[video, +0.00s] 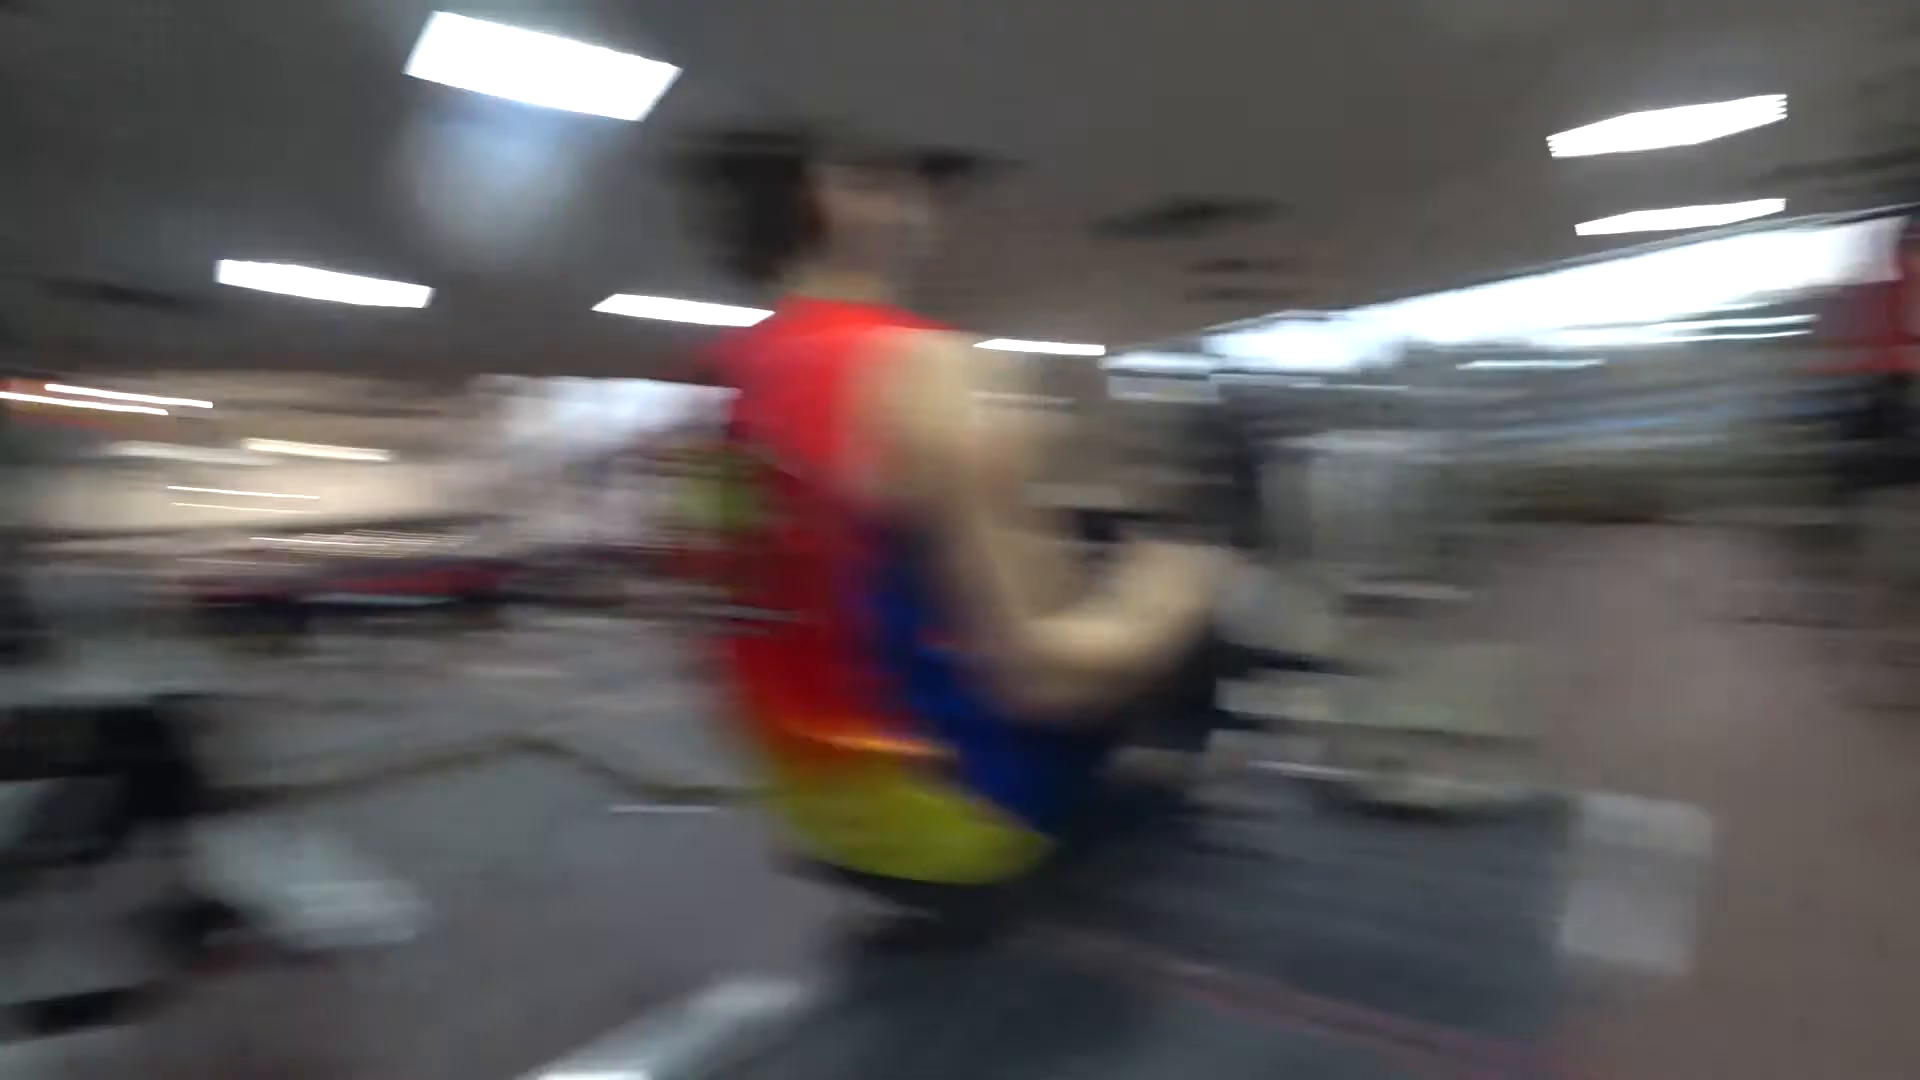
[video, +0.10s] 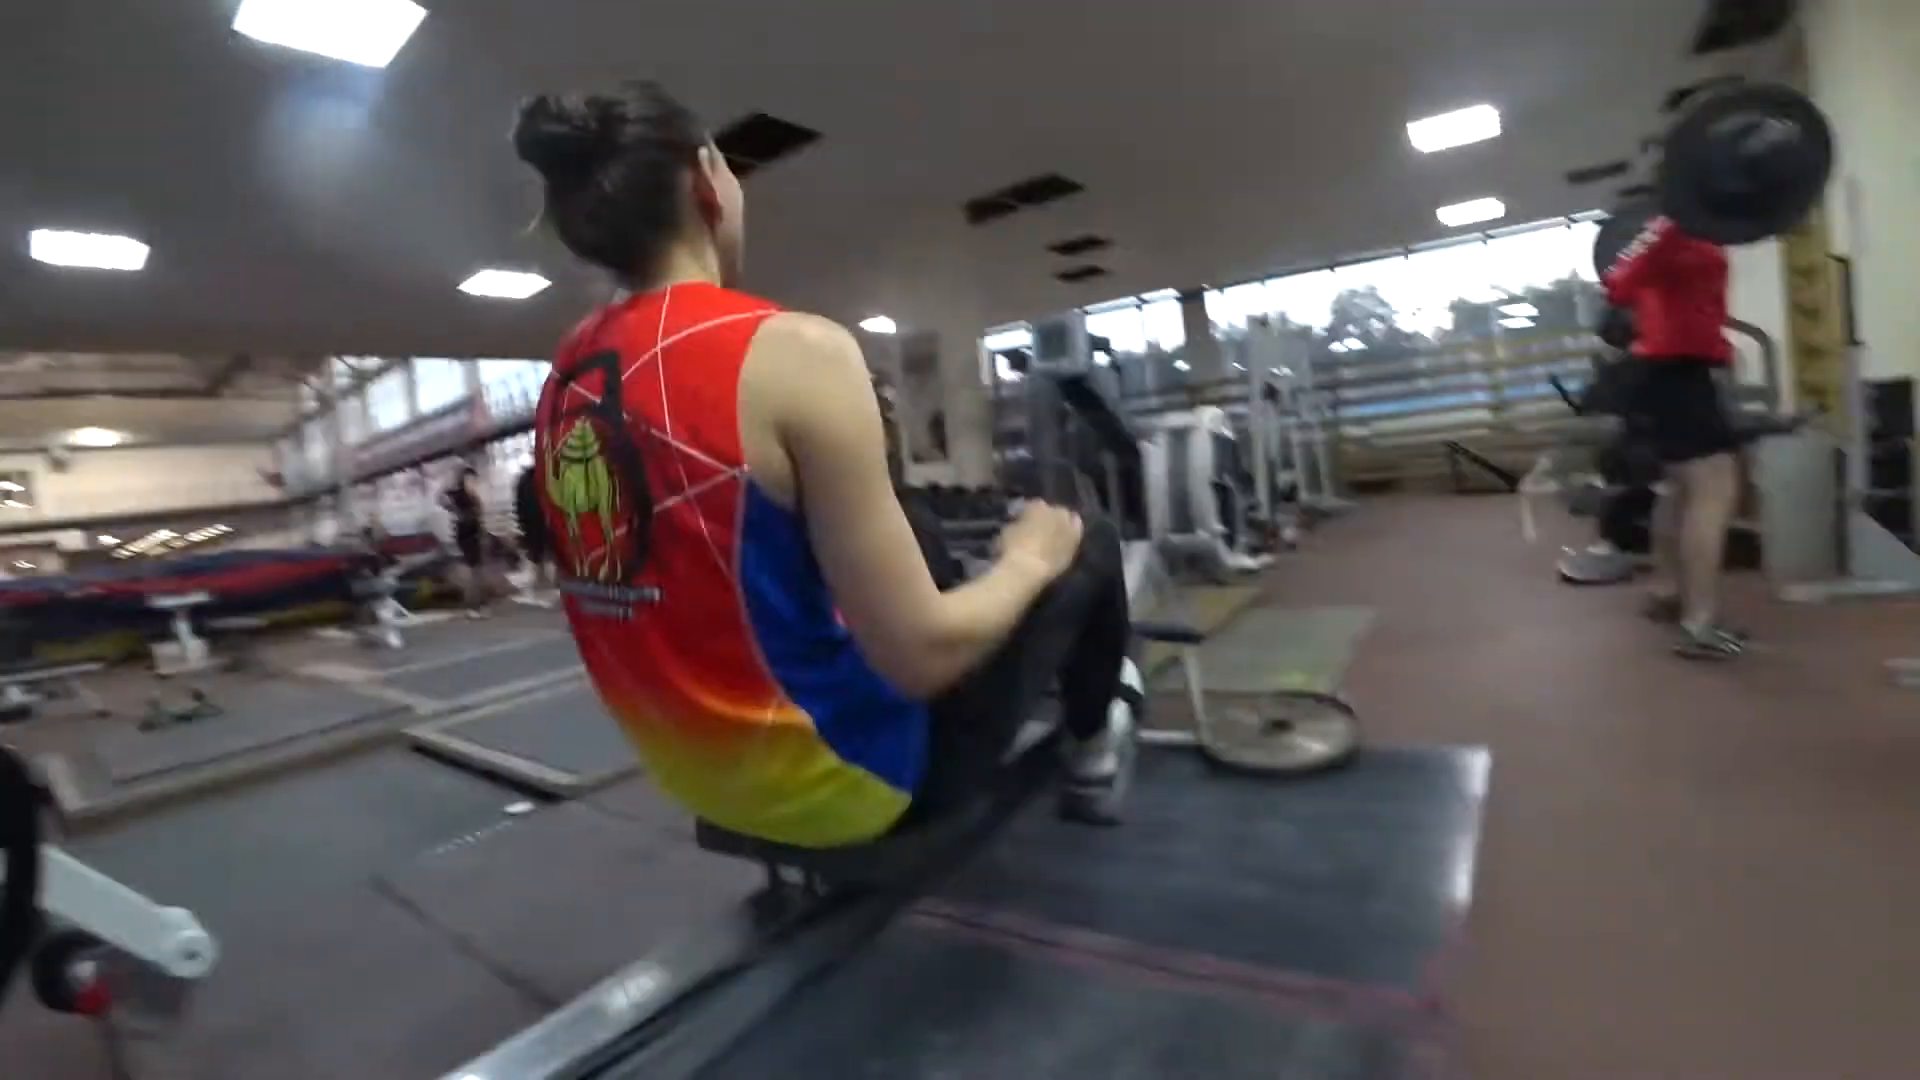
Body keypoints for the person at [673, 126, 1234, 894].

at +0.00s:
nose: (917, 217)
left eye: (908, 186)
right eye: (886, 186)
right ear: (825, 198)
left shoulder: (738, 372)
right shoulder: (915, 369)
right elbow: (1029, 665)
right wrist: (1168, 589)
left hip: (827, 815)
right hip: (956, 824)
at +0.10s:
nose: (737, 188)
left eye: (727, 165)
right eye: (726, 165)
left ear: (586, 231)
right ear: (706, 183)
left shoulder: (570, 375)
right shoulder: (797, 355)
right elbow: (921, 658)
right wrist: (1023, 564)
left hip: (717, 799)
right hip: (856, 807)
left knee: (920, 512)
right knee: (1084, 537)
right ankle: (1096, 747)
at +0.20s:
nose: (675, 195)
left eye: (662, 172)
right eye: (661, 172)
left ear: (530, 241)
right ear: (642, 195)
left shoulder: (518, 383)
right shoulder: (739, 362)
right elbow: (860, 644)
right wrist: (969, 547)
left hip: (668, 793)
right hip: (802, 793)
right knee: (1014, 526)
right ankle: (1013, 742)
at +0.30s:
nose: (612, 197)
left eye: (605, 174)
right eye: (603, 175)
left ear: (465, 232)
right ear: (583, 191)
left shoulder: (440, 374)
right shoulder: (666, 365)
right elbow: (771, 643)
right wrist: (889, 553)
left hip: (576, 777)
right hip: (714, 783)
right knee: (937, 537)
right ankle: (901, 747)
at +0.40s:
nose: (618, 195)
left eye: (612, 173)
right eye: (610, 173)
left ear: (470, 211)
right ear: (586, 187)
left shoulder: (439, 347)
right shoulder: (658, 356)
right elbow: (744, 637)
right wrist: (869, 554)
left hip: (545, 748)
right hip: (682, 761)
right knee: (925, 536)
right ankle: (858, 747)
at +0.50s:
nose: (721, 201)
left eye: (714, 182)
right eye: (714, 183)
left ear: (587, 223)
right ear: (687, 203)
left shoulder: (549, 354)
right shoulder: (755, 363)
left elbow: (536, 548)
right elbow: (821, 625)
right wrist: (953, 553)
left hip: (643, 725)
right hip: (770, 738)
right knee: (1003, 535)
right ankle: (914, 754)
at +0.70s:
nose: (781, 238)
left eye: (778, 219)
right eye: (778, 218)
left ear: (652, 238)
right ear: (754, 222)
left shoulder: (609, 363)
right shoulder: (804, 377)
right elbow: (853, 630)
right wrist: (986, 567)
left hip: (680, 715)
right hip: (803, 732)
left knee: (875, 538)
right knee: (1058, 536)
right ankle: (935, 750)